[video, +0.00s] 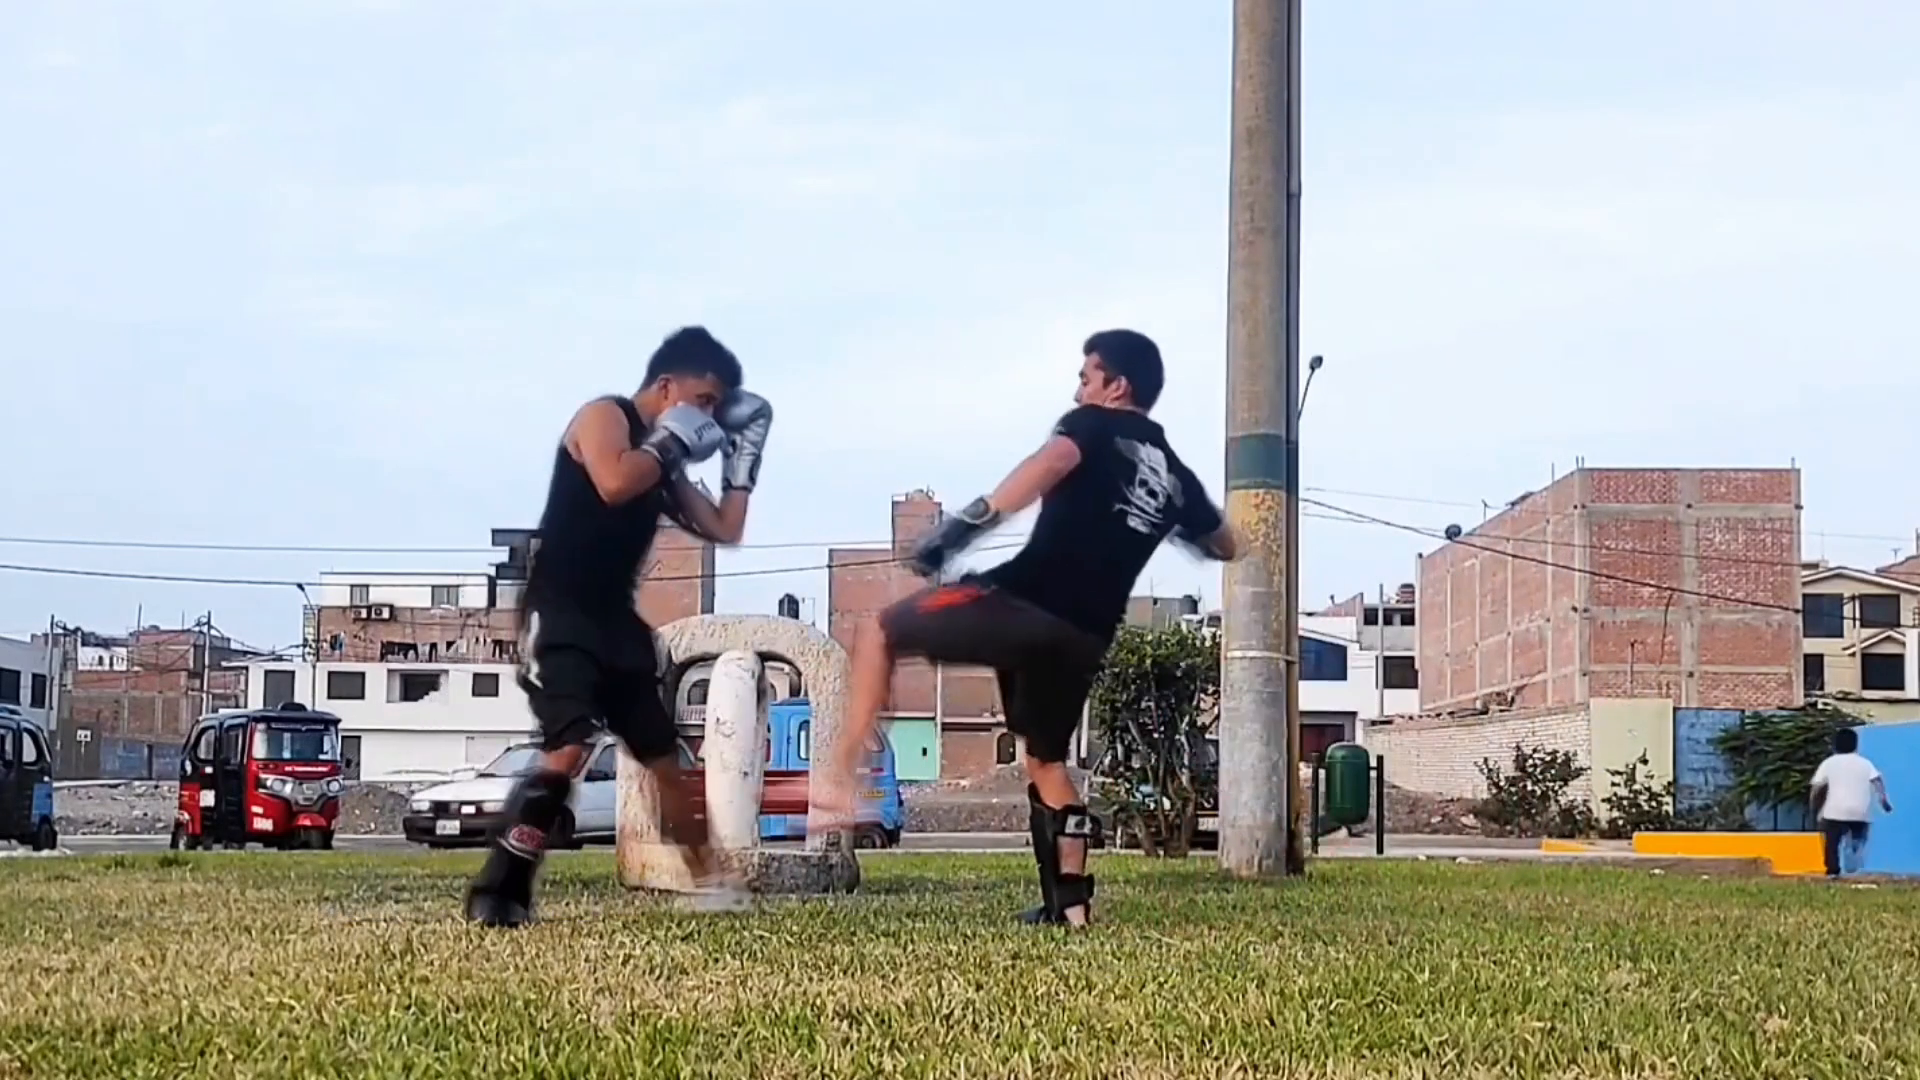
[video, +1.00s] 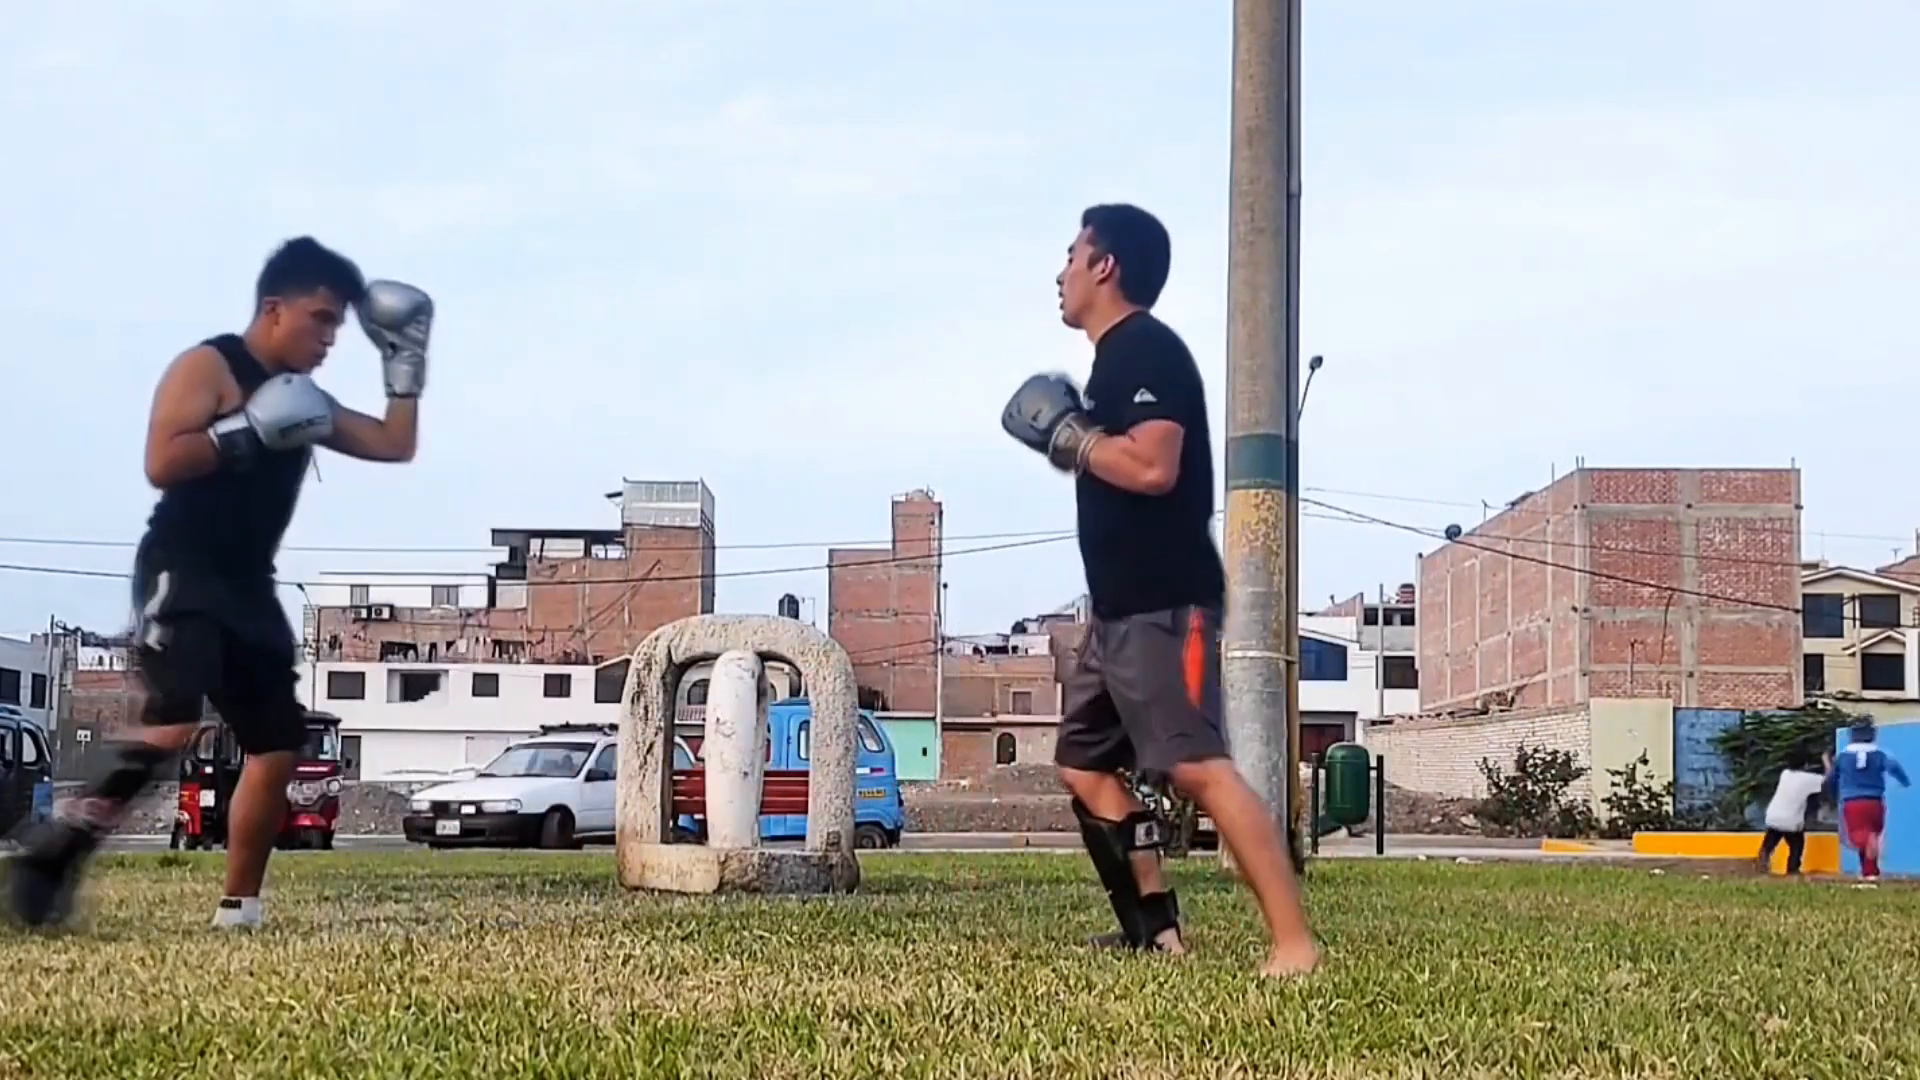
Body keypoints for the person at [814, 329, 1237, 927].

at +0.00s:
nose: (1079, 389)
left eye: (1087, 378)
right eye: (1082, 377)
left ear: (1119, 386)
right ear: (1140, 391)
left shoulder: (1094, 423)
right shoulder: (1178, 476)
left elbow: (1054, 462)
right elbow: (1227, 546)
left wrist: (964, 524)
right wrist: (1184, 523)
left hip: (1023, 606)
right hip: (1084, 639)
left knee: (880, 631)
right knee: (1047, 759)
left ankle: (839, 779)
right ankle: (1071, 905)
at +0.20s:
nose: (1038, 372)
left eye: (1047, 360)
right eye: (1043, 359)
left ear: (1078, 372)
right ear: (1100, 376)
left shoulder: (1049, 422)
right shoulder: (1142, 461)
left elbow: (987, 484)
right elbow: (1188, 554)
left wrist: (914, 489)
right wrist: (1187, 609)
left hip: (1008, 628)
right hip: (1072, 641)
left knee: (932, 761)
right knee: (1039, 767)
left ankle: (971, 897)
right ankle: (1070, 905)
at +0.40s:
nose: (997, 332)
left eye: (1007, 319)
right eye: (1002, 318)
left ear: (1039, 329)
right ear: (1059, 332)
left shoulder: (1025, 398)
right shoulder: (1113, 421)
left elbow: (966, 497)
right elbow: (1116, 537)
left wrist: (942, 437)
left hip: (1021, 615)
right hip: (1087, 620)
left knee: (940, 746)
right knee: (1055, 751)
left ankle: (986, 919)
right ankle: (1059, 908)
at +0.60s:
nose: (1010, 277)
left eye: (1020, 262)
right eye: (1015, 262)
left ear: (1056, 270)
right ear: (1066, 272)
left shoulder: (1083, 338)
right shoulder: (1086, 341)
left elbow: (1029, 438)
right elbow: (1041, 435)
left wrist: (989, 376)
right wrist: (1006, 378)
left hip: (1086, 562)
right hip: (1081, 560)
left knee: (1015, 718)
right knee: (1047, 727)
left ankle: (996, 907)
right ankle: (1136, 886)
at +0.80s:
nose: (1047, 284)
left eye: (1056, 268)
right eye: (1051, 268)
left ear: (1091, 278)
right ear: (1105, 282)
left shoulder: (1118, 353)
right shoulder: (1106, 357)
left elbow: (1081, 467)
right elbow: (1078, 461)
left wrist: (1030, 396)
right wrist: (1035, 402)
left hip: (1127, 589)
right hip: (1120, 587)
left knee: (1063, 728)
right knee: (1120, 759)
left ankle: (1191, 878)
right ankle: (1152, 918)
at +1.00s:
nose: (1061, 273)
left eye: (1072, 257)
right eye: (1066, 258)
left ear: (1106, 267)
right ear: (1112, 271)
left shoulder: (1148, 348)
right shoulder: (1111, 361)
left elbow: (1153, 470)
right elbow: (1131, 466)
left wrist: (1069, 434)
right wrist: (1071, 428)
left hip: (1166, 604)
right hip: (1116, 607)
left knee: (1197, 766)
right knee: (1086, 767)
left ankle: (1295, 947)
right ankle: (1156, 933)